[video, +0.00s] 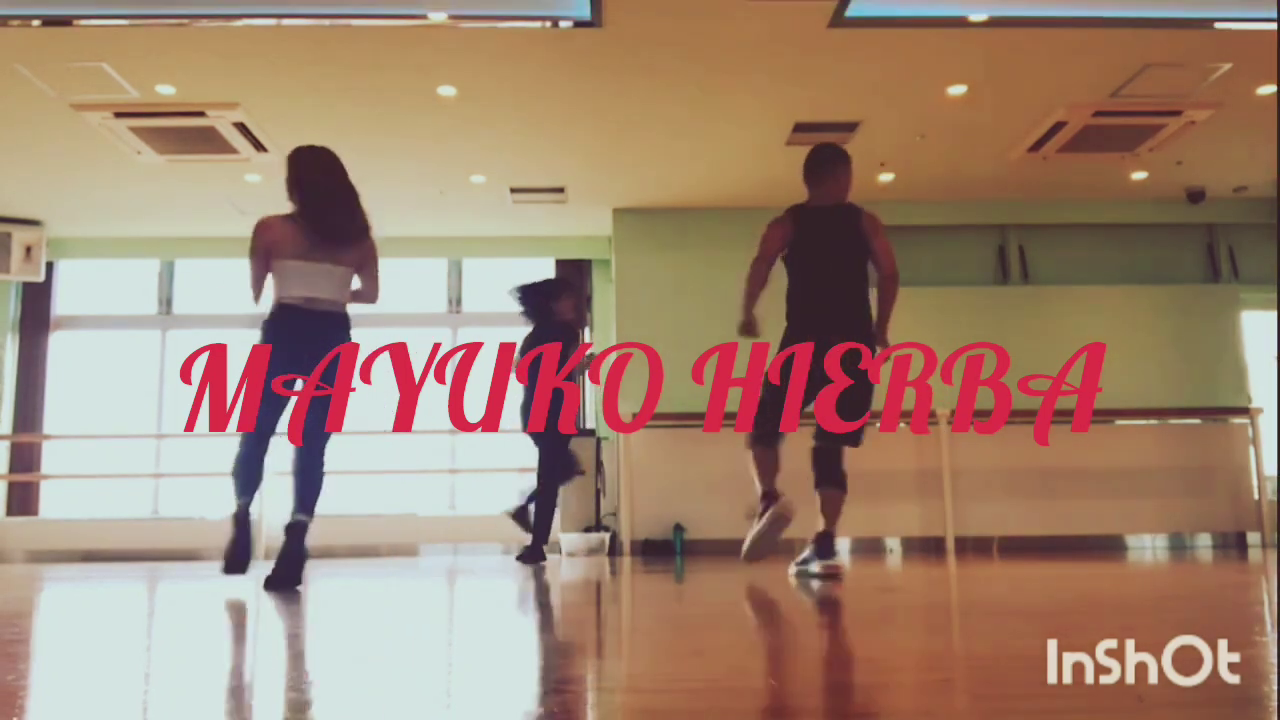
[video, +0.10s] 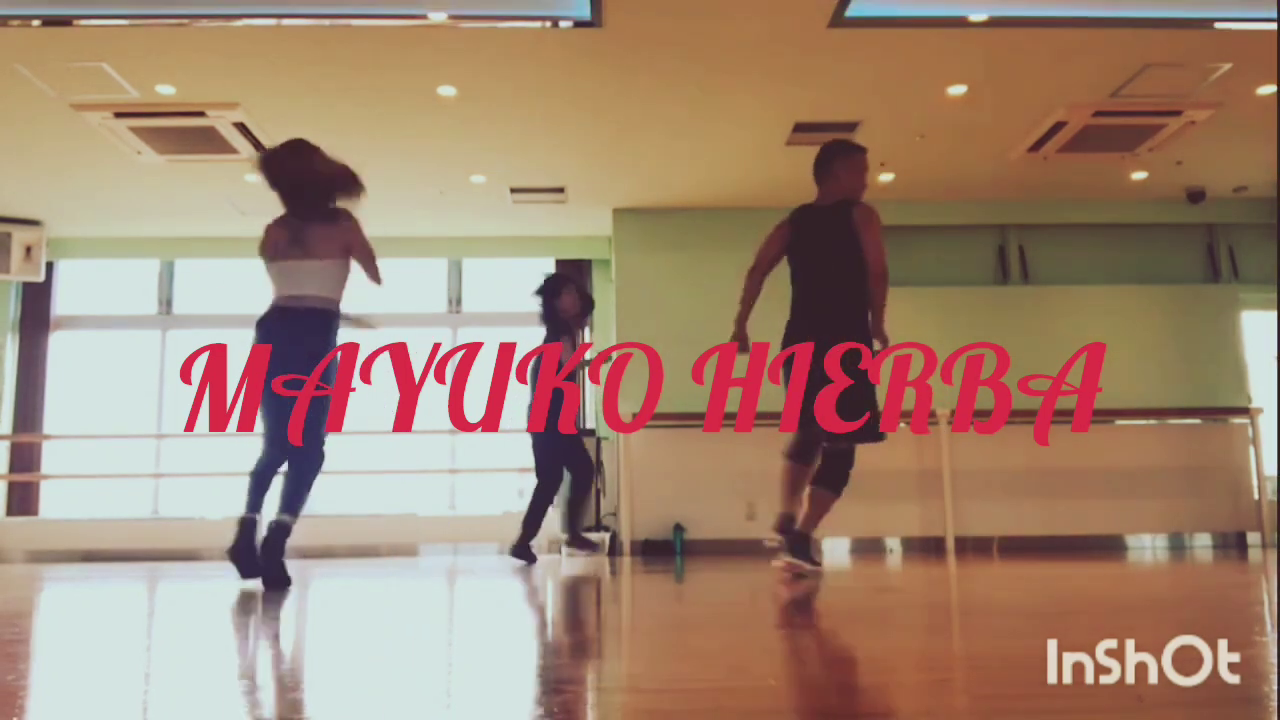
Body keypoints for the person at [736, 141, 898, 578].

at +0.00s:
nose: (849, 183)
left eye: (845, 174)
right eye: (848, 175)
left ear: (806, 178)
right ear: (845, 177)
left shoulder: (790, 221)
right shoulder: (866, 221)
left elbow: (762, 263)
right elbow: (889, 274)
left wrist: (747, 312)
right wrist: (882, 327)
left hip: (803, 344)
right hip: (852, 347)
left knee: (763, 428)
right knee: (830, 445)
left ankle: (769, 499)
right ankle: (826, 544)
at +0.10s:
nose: (866, 178)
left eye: (865, 170)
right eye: (860, 170)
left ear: (822, 175)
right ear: (838, 172)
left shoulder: (795, 220)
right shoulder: (862, 215)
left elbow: (757, 271)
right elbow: (877, 269)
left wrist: (741, 325)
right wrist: (878, 321)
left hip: (800, 344)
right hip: (846, 346)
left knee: (807, 433)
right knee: (840, 448)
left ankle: (786, 520)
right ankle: (804, 533)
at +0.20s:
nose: (879, 178)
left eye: (879, 170)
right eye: (872, 169)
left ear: (838, 177)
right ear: (844, 173)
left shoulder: (810, 225)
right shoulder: (858, 216)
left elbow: (768, 281)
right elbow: (859, 275)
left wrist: (757, 334)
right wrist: (878, 333)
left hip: (803, 351)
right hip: (835, 351)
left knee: (845, 442)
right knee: (848, 449)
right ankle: (787, 537)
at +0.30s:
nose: (876, 179)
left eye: (879, 171)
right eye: (866, 171)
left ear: (880, 176)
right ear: (842, 177)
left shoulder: (847, 225)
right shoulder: (837, 225)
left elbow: (806, 284)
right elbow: (826, 286)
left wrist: (786, 336)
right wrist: (871, 333)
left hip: (842, 354)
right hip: (833, 355)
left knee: (865, 446)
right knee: (854, 446)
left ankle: (872, 536)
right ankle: (802, 535)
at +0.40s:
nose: (866, 168)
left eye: (870, 160)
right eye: (857, 160)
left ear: (876, 166)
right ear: (837, 165)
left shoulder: (867, 224)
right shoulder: (817, 217)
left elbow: (860, 285)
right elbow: (793, 277)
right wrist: (840, 315)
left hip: (863, 348)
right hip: (825, 348)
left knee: (887, 442)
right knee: (828, 445)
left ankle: (880, 533)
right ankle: (826, 539)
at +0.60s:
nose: (848, 165)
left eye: (854, 156)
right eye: (838, 158)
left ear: (865, 161)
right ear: (824, 164)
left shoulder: (883, 219)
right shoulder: (805, 220)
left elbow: (912, 275)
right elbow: (782, 277)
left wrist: (945, 323)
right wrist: (796, 308)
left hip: (877, 340)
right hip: (826, 343)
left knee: (905, 440)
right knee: (823, 446)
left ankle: (903, 531)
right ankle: (829, 540)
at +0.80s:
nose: (849, 182)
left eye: (856, 173)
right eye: (840, 175)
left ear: (870, 181)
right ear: (827, 186)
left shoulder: (894, 239)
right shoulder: (816, 244)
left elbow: (919, 301)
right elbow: (803, 311)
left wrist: (915, 327)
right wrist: (820, 322)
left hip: (886, 361)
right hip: (835, 363)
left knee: (894, 457)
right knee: (822, 461)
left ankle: (904, 543)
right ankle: (838, 544)